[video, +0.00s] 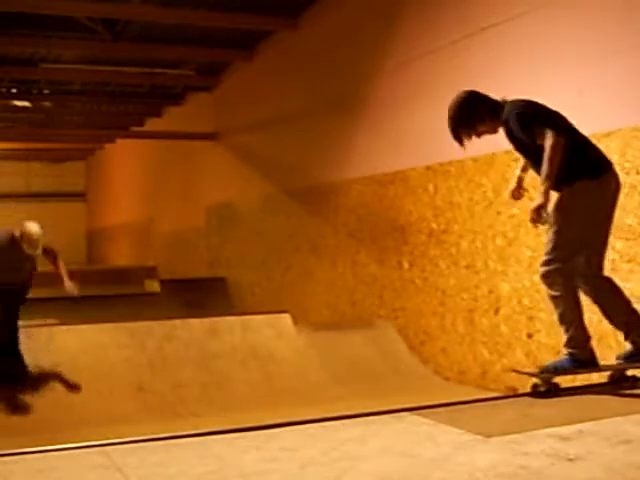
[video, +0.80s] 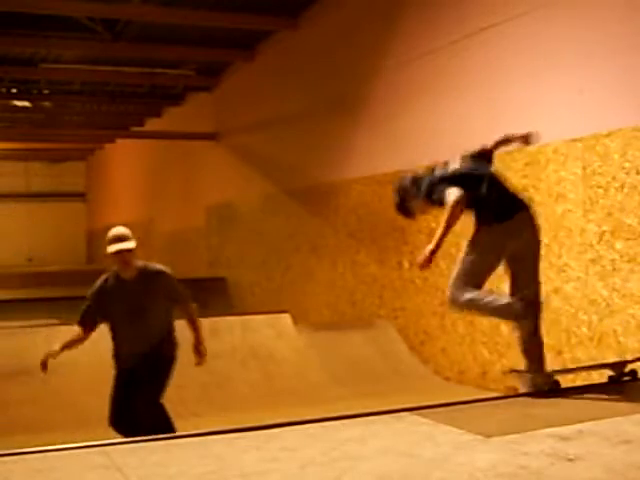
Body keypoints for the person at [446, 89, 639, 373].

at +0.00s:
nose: (480, 135)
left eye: (475, 130)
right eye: (474, 133)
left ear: (479, 115)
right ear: (484, 107)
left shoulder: (516, 116)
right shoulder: (514, 118)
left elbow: (553, 139)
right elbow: (533, 147)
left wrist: (543, 196)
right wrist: (520, 177)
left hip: (581, 187)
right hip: (600, 183)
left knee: (554, 271)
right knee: (587, 273)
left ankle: (579, 352)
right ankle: (637, 337)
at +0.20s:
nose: (457, 147)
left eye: (451, 143)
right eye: (450, 146)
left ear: (453, 127)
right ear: (457, 115)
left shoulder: (488, 121)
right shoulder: (492, 116)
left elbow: (523, 146)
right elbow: (539, 138)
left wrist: (511, 207)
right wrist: (537, 181)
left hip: (568, 181)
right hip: (590, 171)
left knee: (552, 269)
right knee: (592, 265)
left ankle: (577, 351)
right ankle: (635, 332)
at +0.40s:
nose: (442, 162)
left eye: (436, 157)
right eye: (435, 160)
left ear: (440, 140)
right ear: (441, 132)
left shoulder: (471, 137)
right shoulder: (476, 128)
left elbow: (497, 177)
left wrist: (479, 236)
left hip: (555, 180)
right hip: (576, 167)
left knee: (548, 268)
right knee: (578, 252)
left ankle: (577, 349)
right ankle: (635, 305)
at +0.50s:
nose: (436, 167)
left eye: (431, 163)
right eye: (430, 166)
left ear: (432, 148)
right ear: (434, 137)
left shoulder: (459, 145)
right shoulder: (469, 127)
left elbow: (488, 190)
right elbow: (525, 125)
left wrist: (476, 243)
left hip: (549, 178)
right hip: (566, 166)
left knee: (542, 267)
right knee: (555, 244)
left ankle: (577, 349)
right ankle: (617, 289)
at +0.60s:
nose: (430, 176)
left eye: (423, 173)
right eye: (423, 176)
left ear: (424, 157)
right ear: (426, 146)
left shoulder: (449, 152)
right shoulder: (461, 136)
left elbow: (483, 192)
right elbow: (522, 127)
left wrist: (477, 234)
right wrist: (551, 141)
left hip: (537, 179)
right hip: (552, 167)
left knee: (531, 264)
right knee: (538, 250)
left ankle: (573, 346)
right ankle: (585, 298)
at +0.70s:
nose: (427, 190)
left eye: (422, 187)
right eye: (421, 190)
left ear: (420, 174)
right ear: (419, 164)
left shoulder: (443, 163)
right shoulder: (459, 148)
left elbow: (478, 193)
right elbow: (515, 126)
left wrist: (454, 237)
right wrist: (549, 132)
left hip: (516, 193)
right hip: (538, 184)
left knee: (498, 272)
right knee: (521, 268)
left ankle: (554, 332)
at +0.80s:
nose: (424, 213)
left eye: (417, 209)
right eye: (418, 213)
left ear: (416, 195)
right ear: (420, 180)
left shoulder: (433, 187)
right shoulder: (462, 164)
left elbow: (457, 198)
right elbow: (496, 144)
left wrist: (434, 247)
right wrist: (522, 138)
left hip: (494, 225)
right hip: (523, 219)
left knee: (460, 293)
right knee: (526, 302)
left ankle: (516, 309)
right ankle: (538, 375)